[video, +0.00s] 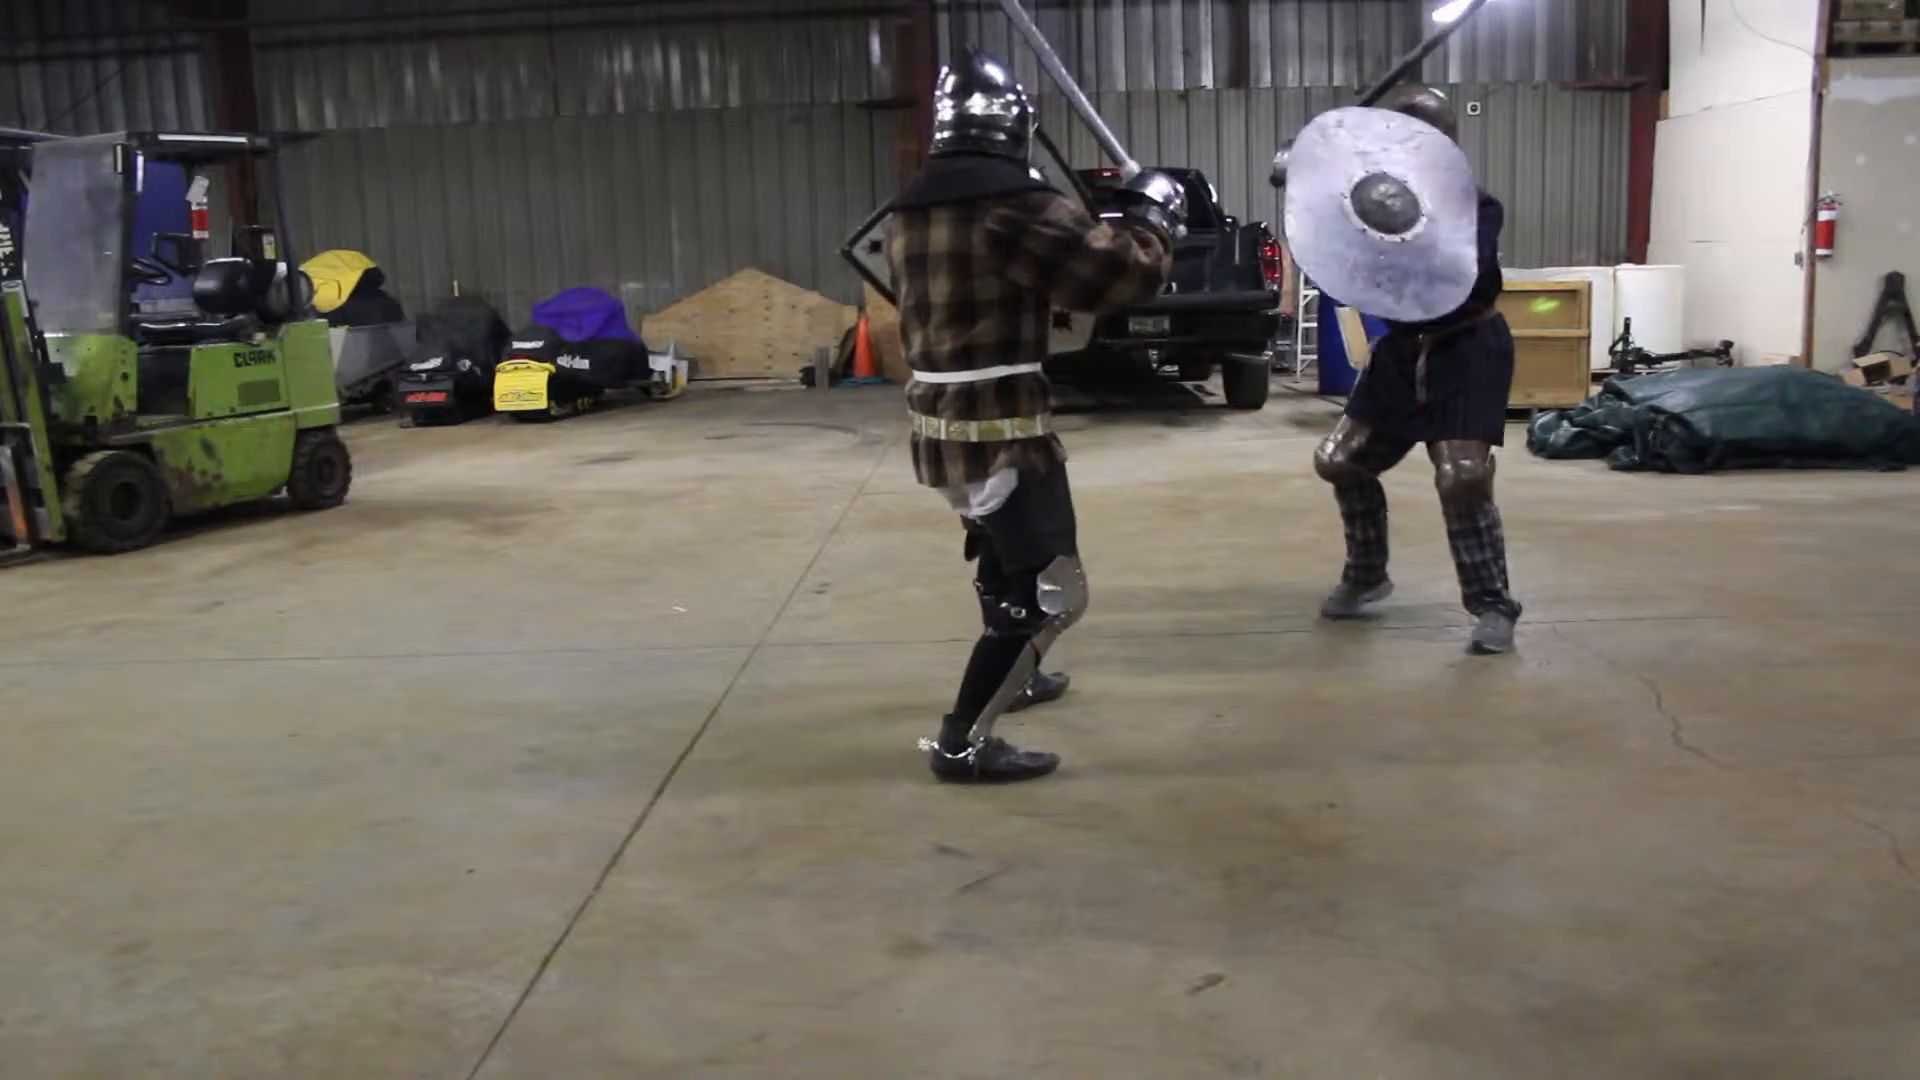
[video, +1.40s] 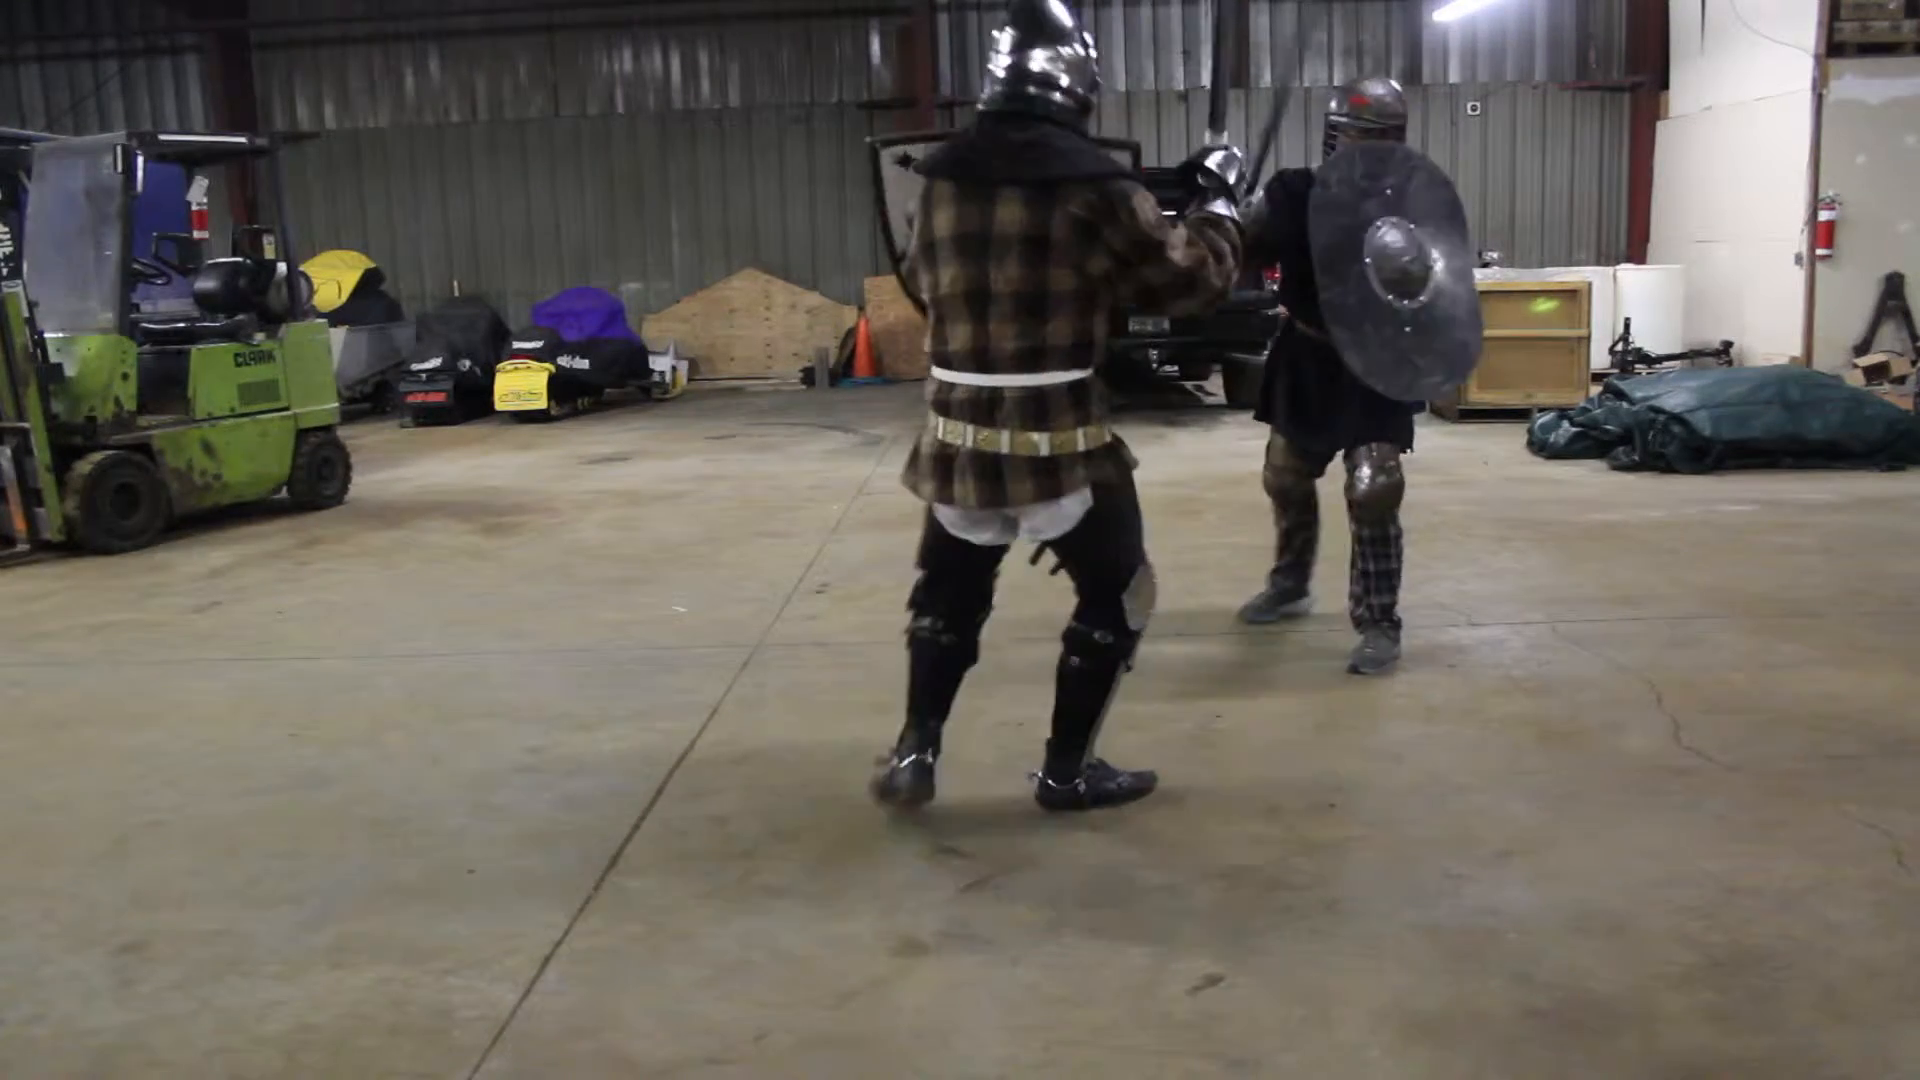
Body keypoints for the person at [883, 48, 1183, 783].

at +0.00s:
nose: (1026, 132)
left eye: (1020, 120)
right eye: (1021, 120)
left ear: (943, 119)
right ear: (1013, 122)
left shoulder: (913, 203)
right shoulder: (1014, 202)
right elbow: (1125, 273)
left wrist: (1087, 210)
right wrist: (1154, 217)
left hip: (941, 428)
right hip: (1003, 431)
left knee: (1000, 552)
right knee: (1046, 593)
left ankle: (1016, 675)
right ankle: (964, 738)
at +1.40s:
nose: (1090, 99)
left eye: (1082, 85)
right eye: (1086, 86)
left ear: (998, 78)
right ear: (1076, 88)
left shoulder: (945, 175)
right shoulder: (1091, 182)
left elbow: (921, 281)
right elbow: (1186, 277)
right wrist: (1221, 217)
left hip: (959, 438)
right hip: (1062, 442)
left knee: (947, 594)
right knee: (1116, 591)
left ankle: (916, 746)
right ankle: (1068, 767)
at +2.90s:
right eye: (1151, 51)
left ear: (1056, 63)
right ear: (1145, 64)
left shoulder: (1005, 173)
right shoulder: (1185, 158)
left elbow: (978, 315)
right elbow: (1299, 261)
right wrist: (1279, 185)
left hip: (1059, 456)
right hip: (1179, 454)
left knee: (1057, 631)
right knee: (1252, 621)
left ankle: (1034, 822)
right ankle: (1289, 825)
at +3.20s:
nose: (1173, 107)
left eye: (1157, 93)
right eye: (1167, 95)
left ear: (1078, 110)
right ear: (1161, 105)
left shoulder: (1026, 212)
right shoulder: (1192, 198)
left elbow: (1006, 311)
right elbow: (1304, 284)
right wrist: (1331, 211)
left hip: (1066, 480)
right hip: (1186, 477)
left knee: (1031, 615)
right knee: (1287, 634)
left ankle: (975, 759)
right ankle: (1293, 830)